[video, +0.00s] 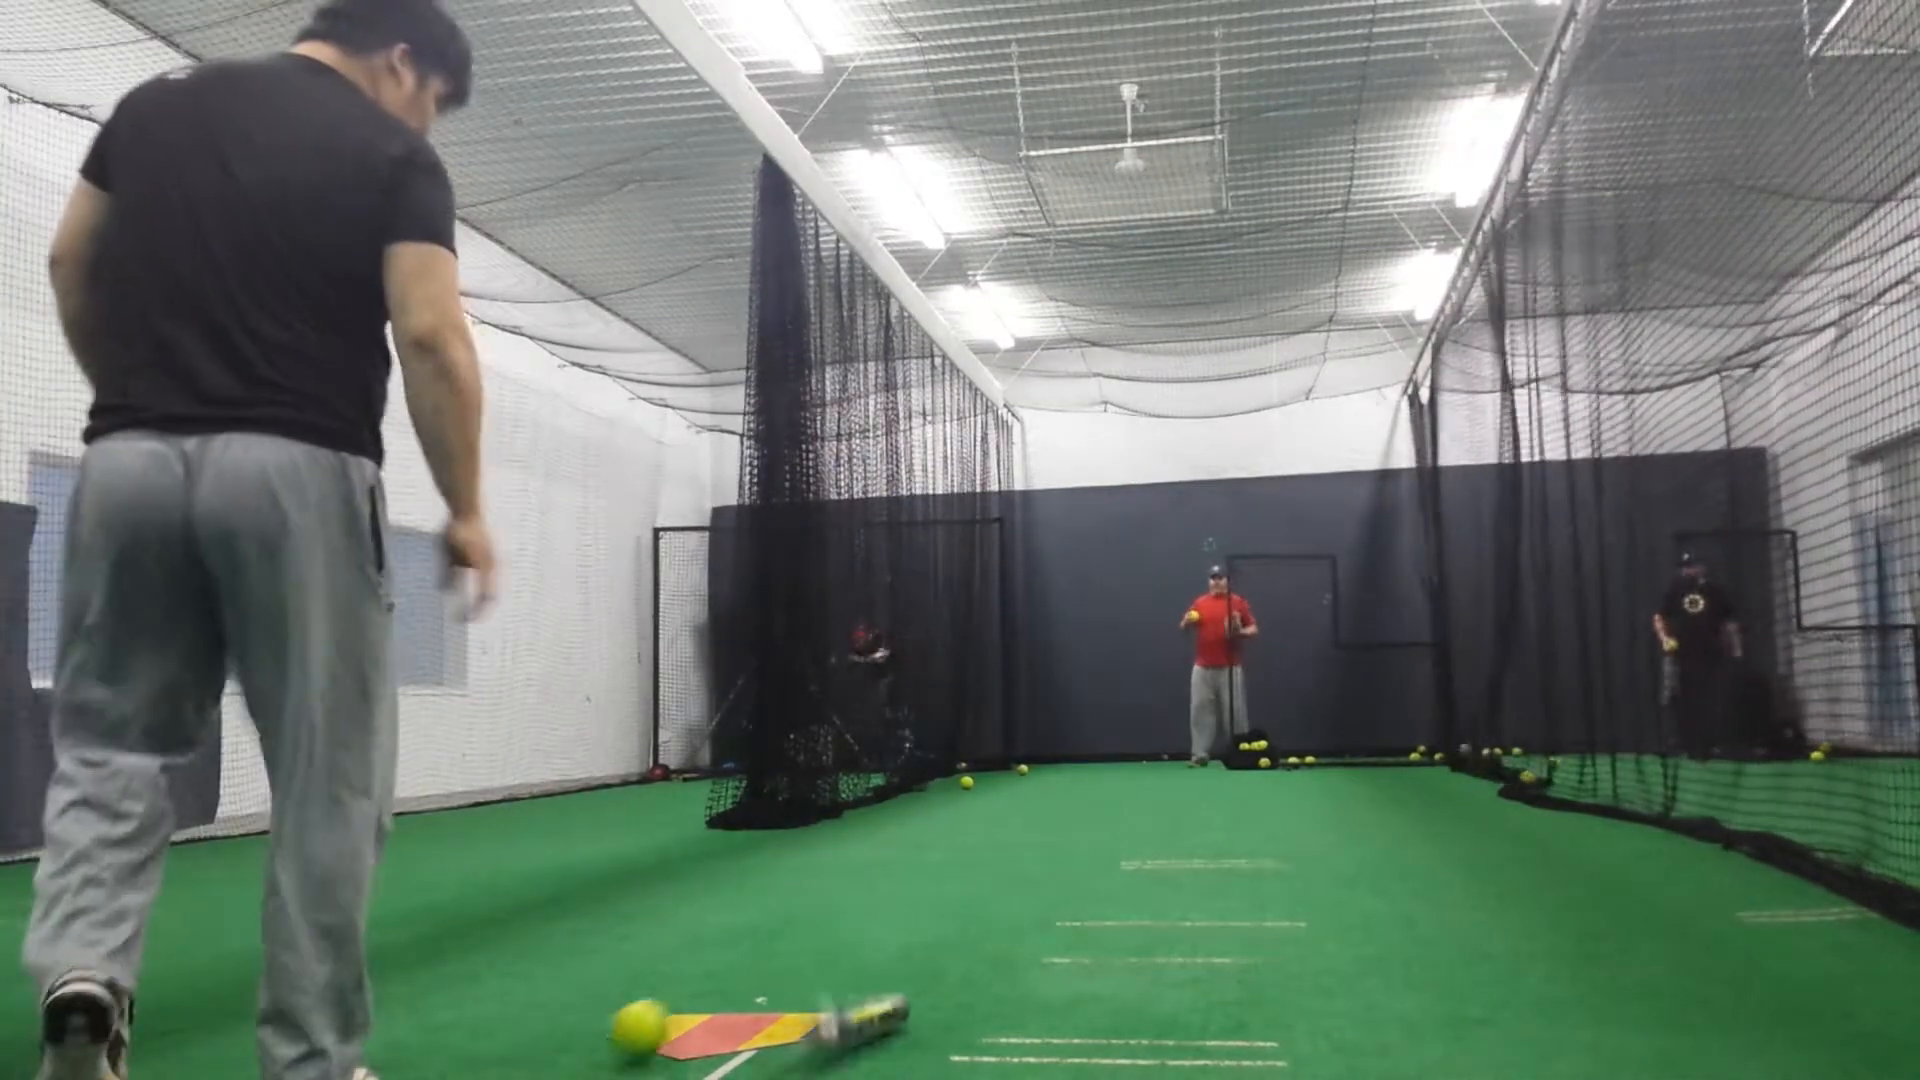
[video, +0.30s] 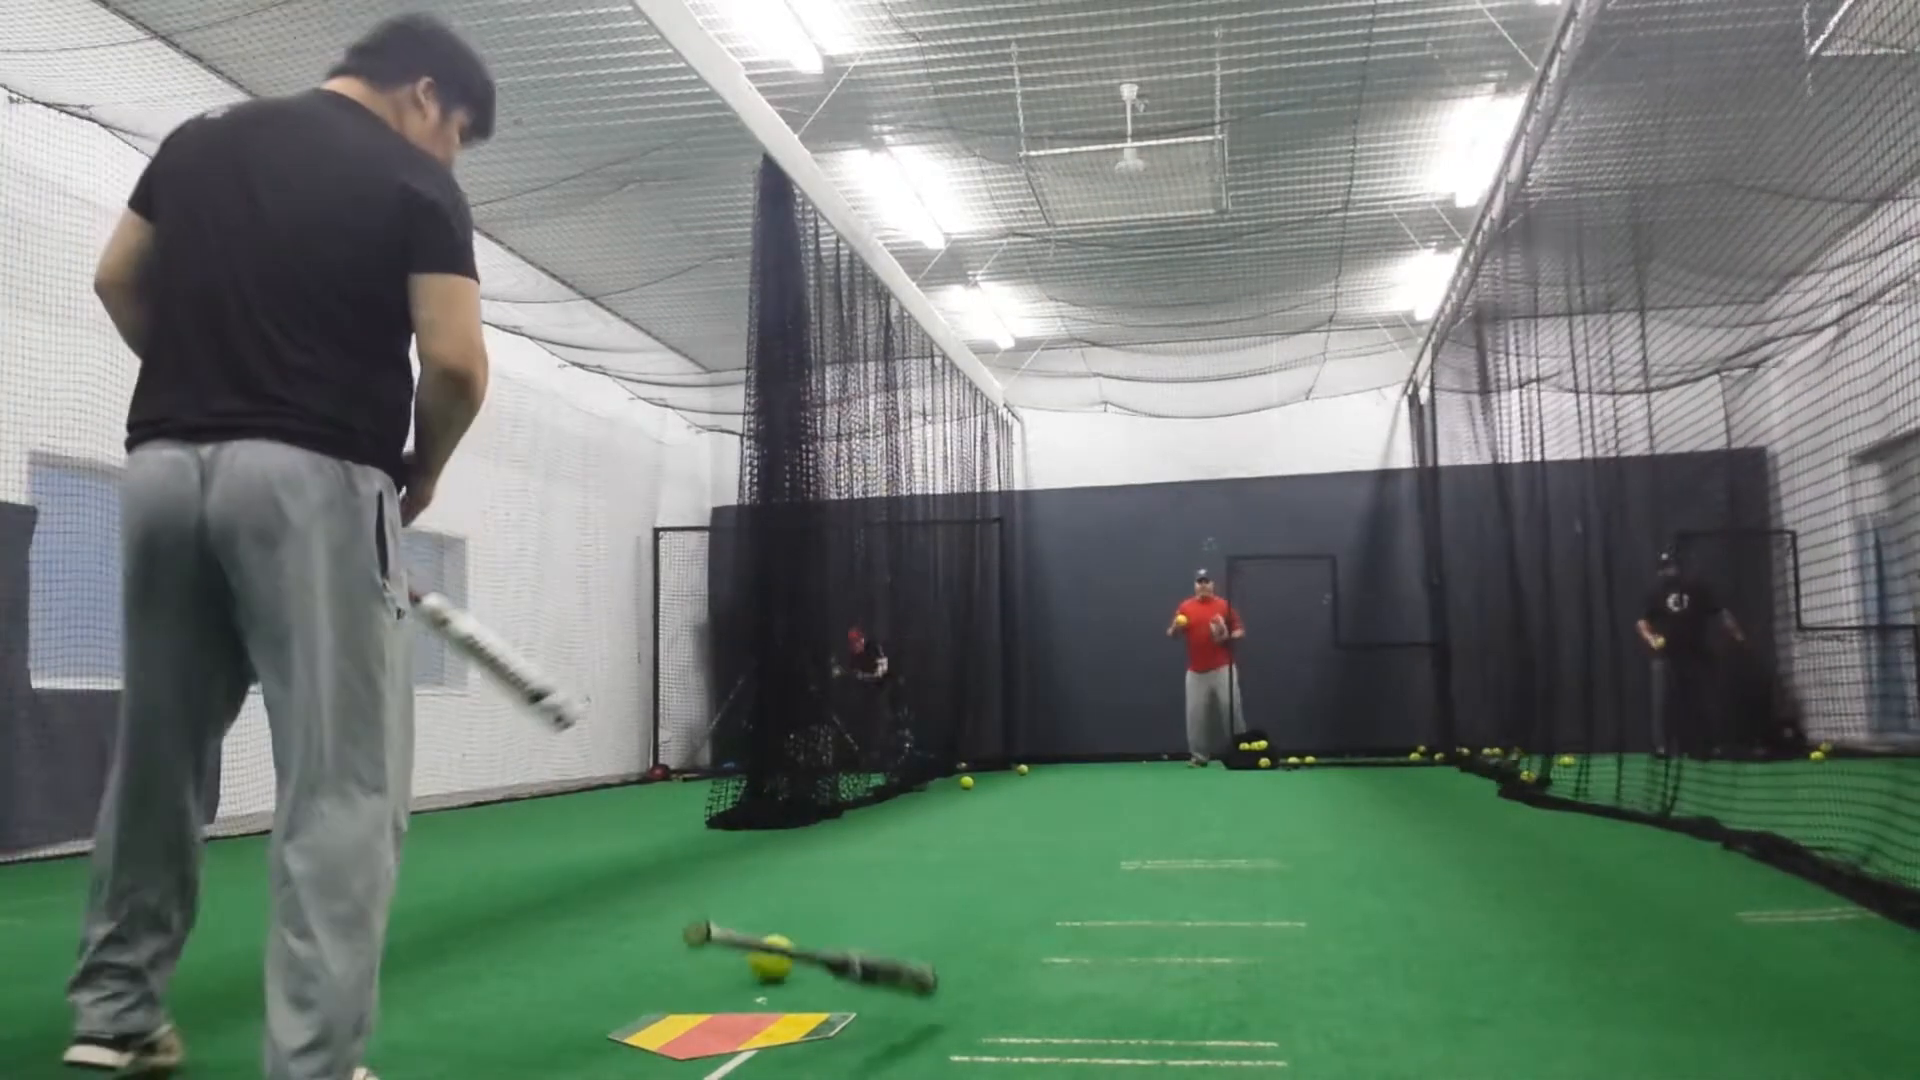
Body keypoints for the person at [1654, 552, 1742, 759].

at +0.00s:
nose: (1692, 573)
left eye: (1696, 568)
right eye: (1688, 568)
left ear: (1704, 569)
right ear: (1680, 570)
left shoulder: (1716, 592)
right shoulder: (1673, 592)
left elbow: (1730, 624)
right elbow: (1659, 618)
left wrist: (1736, 651)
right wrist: (1665, 639)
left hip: (1712, 652)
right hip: (1683, 653)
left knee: (1713, 699)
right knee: (1676, 697)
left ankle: (1711, 744)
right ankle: (1677, 743)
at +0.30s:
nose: (1669, 573)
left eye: (1673, 567)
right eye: (1665, 568)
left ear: (1681, 567)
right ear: (1659, 570)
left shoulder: (1698, 589)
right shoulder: (1655, 594)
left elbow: (1722, 613)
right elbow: (1642, 621)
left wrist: (1737, 634)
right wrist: (1653, 639)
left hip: (1698, 651)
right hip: (1668, 653)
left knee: (1698, 699)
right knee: (1664, 698)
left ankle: (1702, 745)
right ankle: (1663, 744)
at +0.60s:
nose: (1651, 572)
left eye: (1654, 566)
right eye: (1647, 568)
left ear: (1664, 566)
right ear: (1643, 572)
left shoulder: (1684, 589)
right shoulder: (1641, 594)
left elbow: (1699, 613)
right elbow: (1625, 619)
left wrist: (1703, 635)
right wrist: (1639, 636)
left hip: (1684, 647)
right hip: (1657, 650)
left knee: (1689, 694)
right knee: (1657, 698)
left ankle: (1696, 743)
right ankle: (1660, 744)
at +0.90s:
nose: (1648, 570)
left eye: (1650, 565)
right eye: (1643, 566)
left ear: (1658, 565)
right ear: (1638, 570)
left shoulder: (1673, 587)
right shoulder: (1634, 592)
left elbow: (1690, 613)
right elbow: (1620, 621)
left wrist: (1680, 632)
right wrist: (1633, 637)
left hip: (1673, 645)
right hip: (1649, 647)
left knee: (1680, 693)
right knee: (1653, 697)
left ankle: (1686, 742)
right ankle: (1660, 744)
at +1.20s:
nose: (1644, 571)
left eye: (1647, 565)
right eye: (1639, 567)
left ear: (1654, 565)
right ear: (1634, 570)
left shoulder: (1671, 588)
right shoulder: (1629, 594)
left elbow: (1687, 614)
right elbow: (1619, 623)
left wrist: (1687, 640)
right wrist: (1625, 641)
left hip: (1674, 649)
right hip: (1648, 654)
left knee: (1681, 696)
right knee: (1654, 700)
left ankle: (1691, 743)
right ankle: (1659, 744)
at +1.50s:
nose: (1640, 571)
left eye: (1644, 566)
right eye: (1636, 567)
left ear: (1652, 567)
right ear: (1631, 570)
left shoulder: (1669, 589)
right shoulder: (1631, 594)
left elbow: (1686, 616)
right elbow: (1626, 625)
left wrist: (1687, 643)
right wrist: (1623, 646)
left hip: (1670, 648)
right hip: (1646, 651)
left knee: (1672, 694)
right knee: (1648, 695)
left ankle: (1680, 743)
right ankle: (1657, 743)